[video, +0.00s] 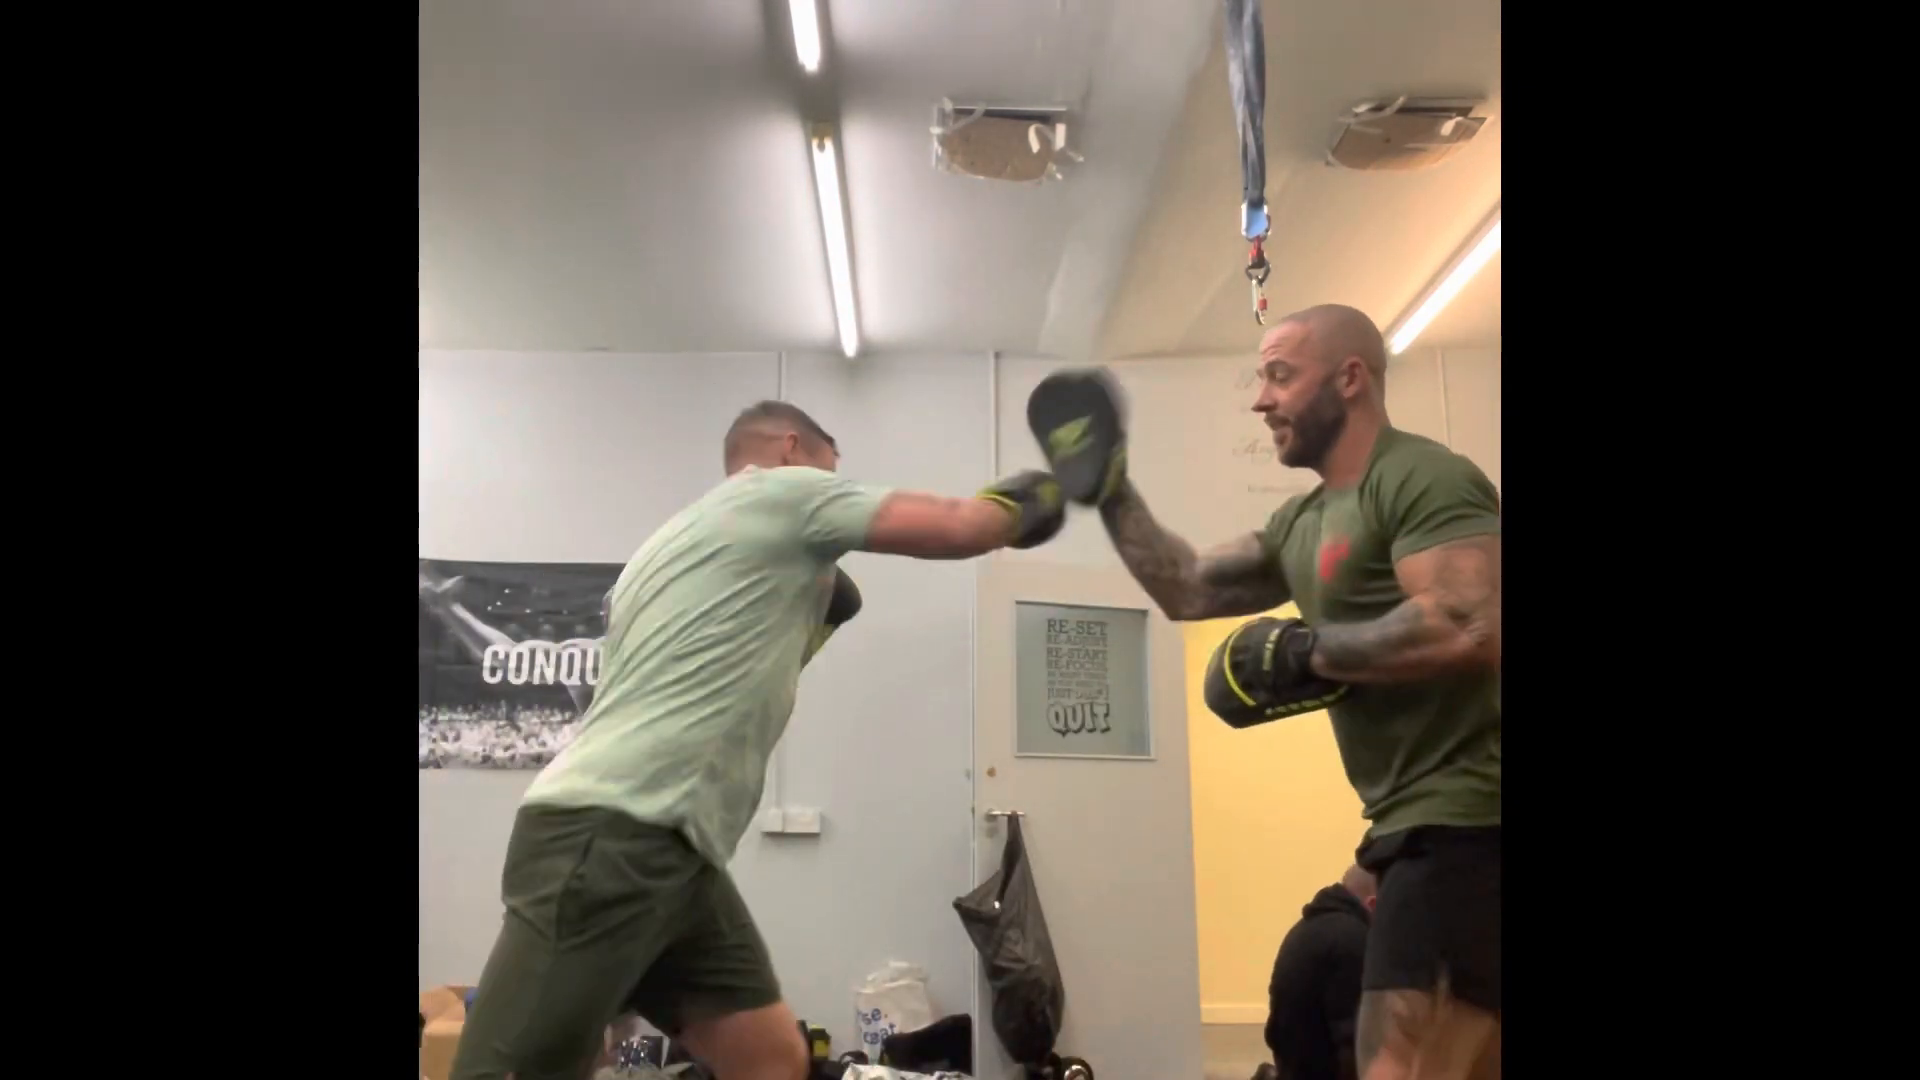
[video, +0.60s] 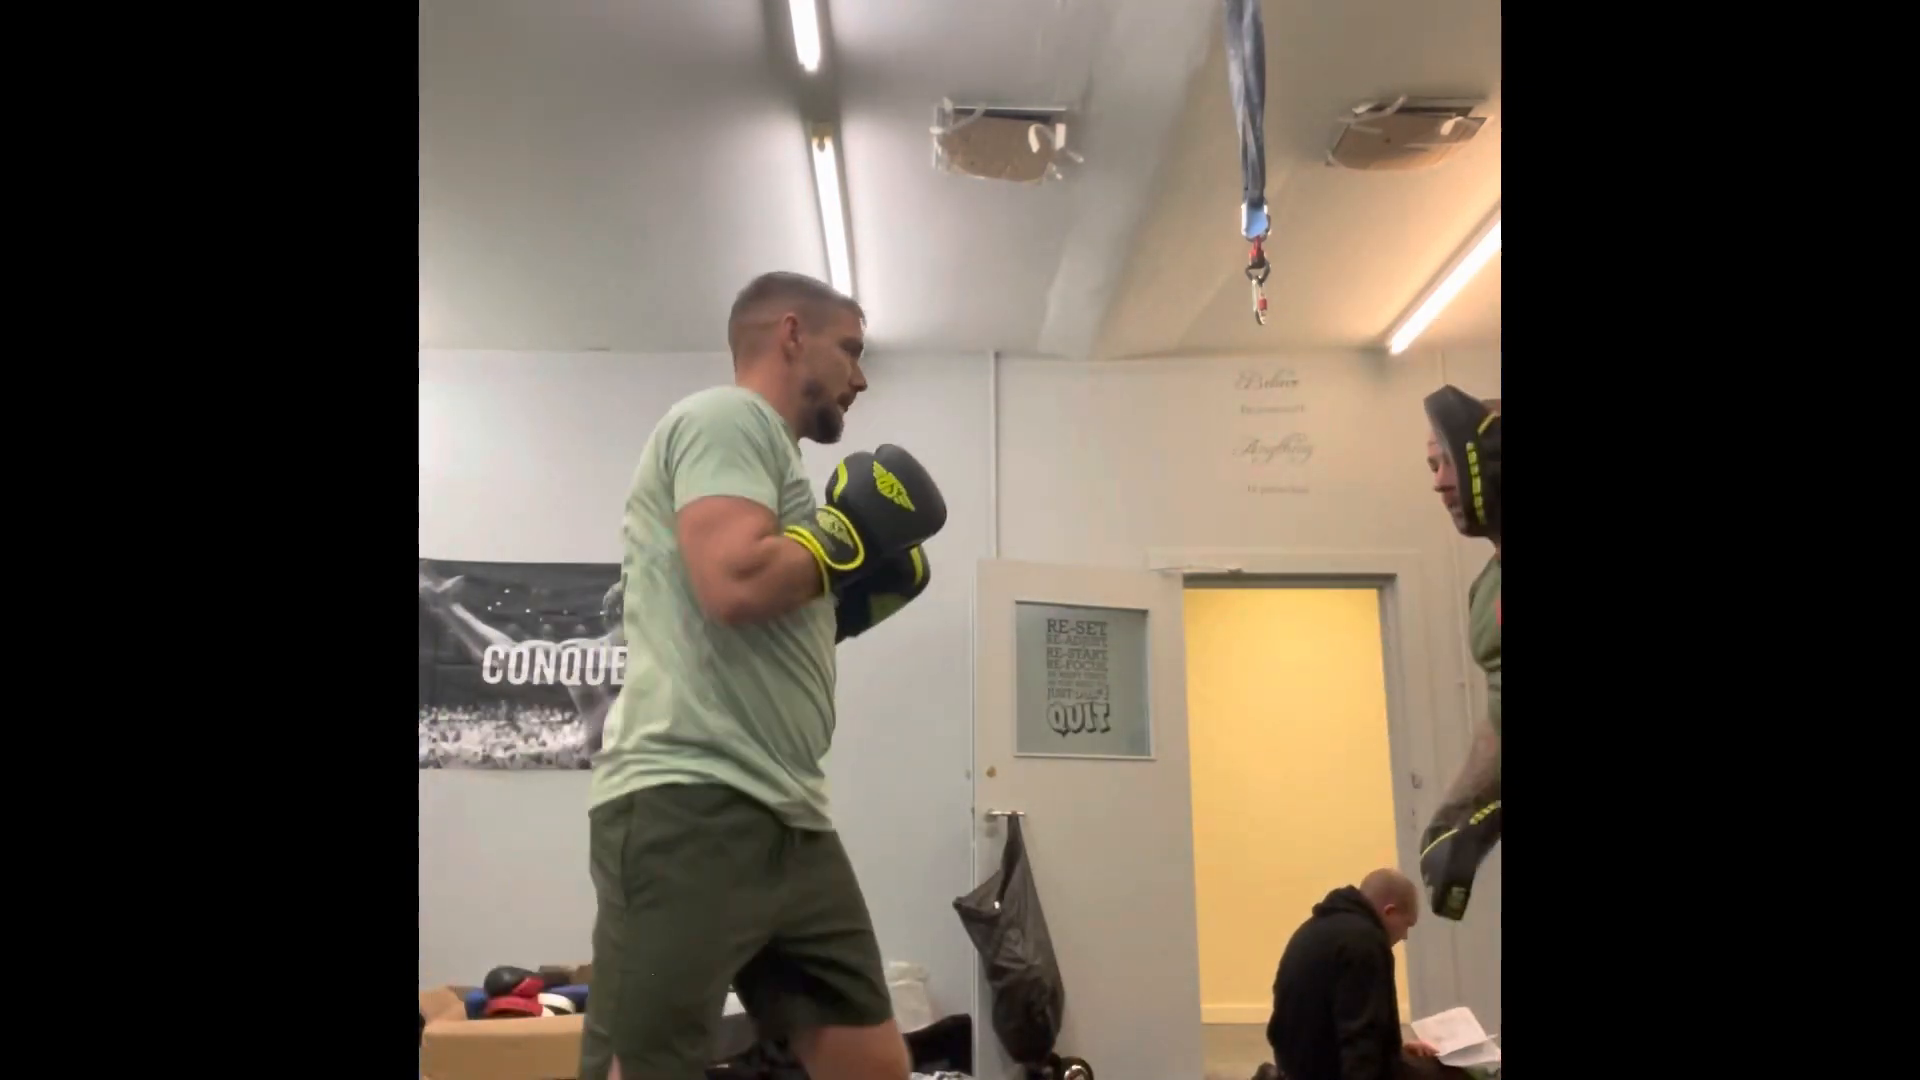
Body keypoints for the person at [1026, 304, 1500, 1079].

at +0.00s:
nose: (1260, 399)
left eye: (1279, 375)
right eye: (1261, 380)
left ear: (1353, 380)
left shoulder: (1424, 479)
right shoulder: (1301, 526)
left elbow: (1468, 627)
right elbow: (1186, 587)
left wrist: (1306, 651)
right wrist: (1108, 483)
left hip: (1470, 809)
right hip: (1401, 820)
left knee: (1410, 1059)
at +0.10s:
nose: (1304, 438)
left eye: (1323, 415)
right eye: (1305, 419)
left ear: (1393, 420)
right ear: (1385, 424)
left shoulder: (1459, 516)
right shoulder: (1364, 559)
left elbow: (1489, 661)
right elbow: (1354, 679)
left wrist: (1336, 683)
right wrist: (1250, 656)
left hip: (1481, 840)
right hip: (1432, 843)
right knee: (1469, 1061)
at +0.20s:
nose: (1366, 439)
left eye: (1385, 417)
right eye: (1367, 421)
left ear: (1452, 425)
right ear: (1444, 427)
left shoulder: (1490, 510)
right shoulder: (1419, 556)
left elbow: (1495, 640)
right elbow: (1431, 696)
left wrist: (1388, 644)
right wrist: (1358, 668)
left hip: (1492, 817)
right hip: (1466, 824)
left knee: (1478, 1037)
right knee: (1472, 1035)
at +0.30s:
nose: (1390, 388)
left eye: (1411, 368)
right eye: (1392, 373)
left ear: (1473, 378)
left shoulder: (1495, 460)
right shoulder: (1432, 512)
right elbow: (1463, 643)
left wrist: (1439, 599)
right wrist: (1374, 642)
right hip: (1491, 785)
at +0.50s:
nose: (1448, 461)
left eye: (1466, 443)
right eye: (1442, 447)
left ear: (1503, 446)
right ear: (1435, 451)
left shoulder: (1494, 540)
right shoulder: (1481, 548)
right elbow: (1484, 679)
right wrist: (1438, 747)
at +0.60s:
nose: (1438, 483)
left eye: (1443, 463)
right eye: (1433, 467)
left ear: (1485, 459)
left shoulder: (1491, 588)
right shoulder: (1485, 589)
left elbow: (1494, 718)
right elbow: (1497, 717)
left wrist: (1474, 814)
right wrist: (1457, 808)